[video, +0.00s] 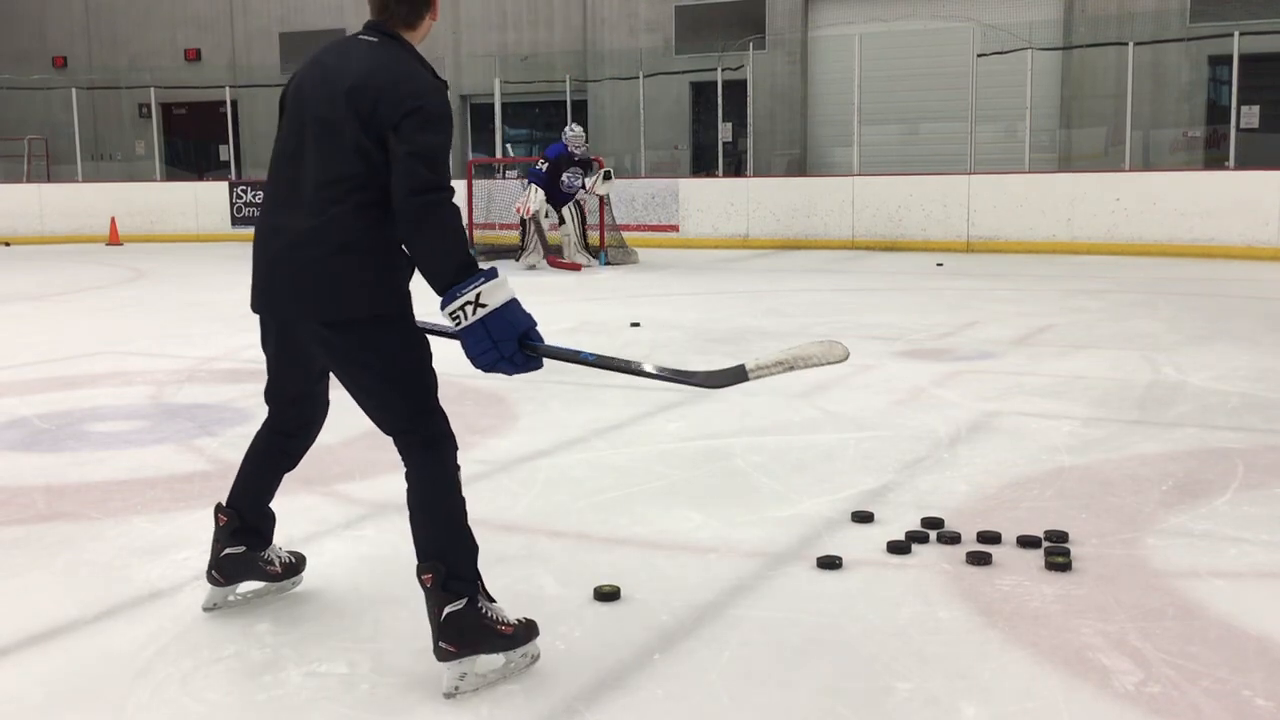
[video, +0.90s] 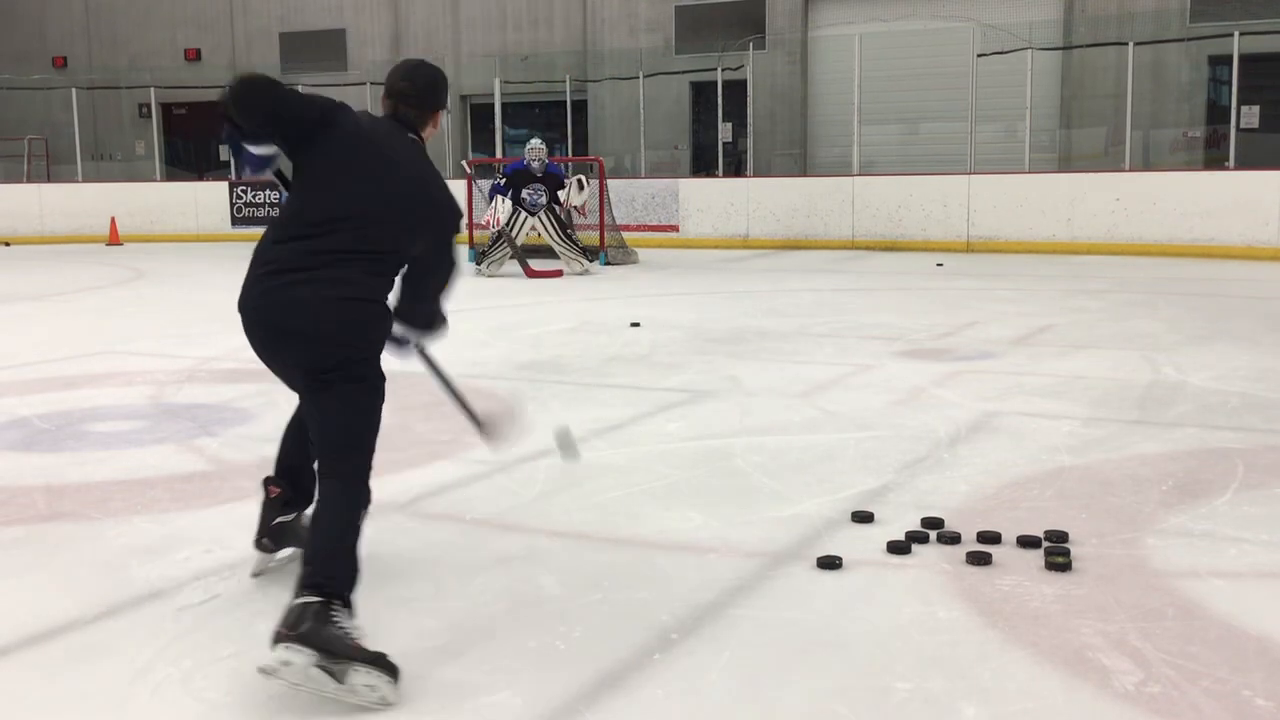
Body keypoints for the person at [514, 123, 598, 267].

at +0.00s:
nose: (578, 143)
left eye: (581, 140)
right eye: (574, 140)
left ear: (584, 140)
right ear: (566, 140)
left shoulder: (585, 158)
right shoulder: (555, 153)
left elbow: (581, 181)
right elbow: (536, 176)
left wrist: (597, 182)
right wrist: (531, 201)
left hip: (566, 197)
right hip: (544, 194)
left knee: (575, 222)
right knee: (533, 221)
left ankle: (577, 255)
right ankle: (530, 258)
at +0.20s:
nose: (553, 144)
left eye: (556, 140)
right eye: (549, 141)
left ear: (561, 139)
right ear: (543, 139)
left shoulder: (567, 158)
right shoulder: (530, 154)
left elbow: (572, 182)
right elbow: (511, 177)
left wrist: (579, 199)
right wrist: (501, 197)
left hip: (556, 199)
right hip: (530, 199)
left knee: (565, 226)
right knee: (525, 227)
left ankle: (564, 255)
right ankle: (526, 256)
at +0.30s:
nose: (542, 136)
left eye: (545, 133)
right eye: (538, 133)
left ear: (551, 135)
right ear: (532, 135)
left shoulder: (558, 151)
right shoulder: (524, 151)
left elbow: (565, 172)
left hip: (550, 194)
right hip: (525, 193)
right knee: (522, 225)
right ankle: (519, 259)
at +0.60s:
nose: (532, 145)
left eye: (536, 142)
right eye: (528, 141)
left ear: (542, 143)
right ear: (523, 142)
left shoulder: (549, 160)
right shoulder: (514, 159)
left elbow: (565, 184)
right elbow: (498, 183)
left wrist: (572, 172)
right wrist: (489, 206)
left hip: (539, 201)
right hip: (514, 199)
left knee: (556, 212)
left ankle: (555, 257)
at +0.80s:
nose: (536, 154)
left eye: (539, 151)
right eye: (532, 151)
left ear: (545, 152)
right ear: (526, 153)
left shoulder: (553, 171)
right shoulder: (514, 169)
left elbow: (563, 194)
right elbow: (497, 189)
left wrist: (573, 187)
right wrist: (496, 208)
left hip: (543, 210)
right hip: (518, 210)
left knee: (560, 235)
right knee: (507, 239)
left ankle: (579, 264)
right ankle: (485, 266)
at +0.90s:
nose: (536, 156)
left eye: (540, 153)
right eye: (532, 153)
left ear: (545, 154)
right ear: (527, 154)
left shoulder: (554, 172)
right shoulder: (514, 170)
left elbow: (562, 197)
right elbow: (497, 190)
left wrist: (574, 193)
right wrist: (498, 207)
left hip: (546, 212)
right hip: (520, 212)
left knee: (561, 237)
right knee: (508, 239)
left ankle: (581, 265)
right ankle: (486, 267)